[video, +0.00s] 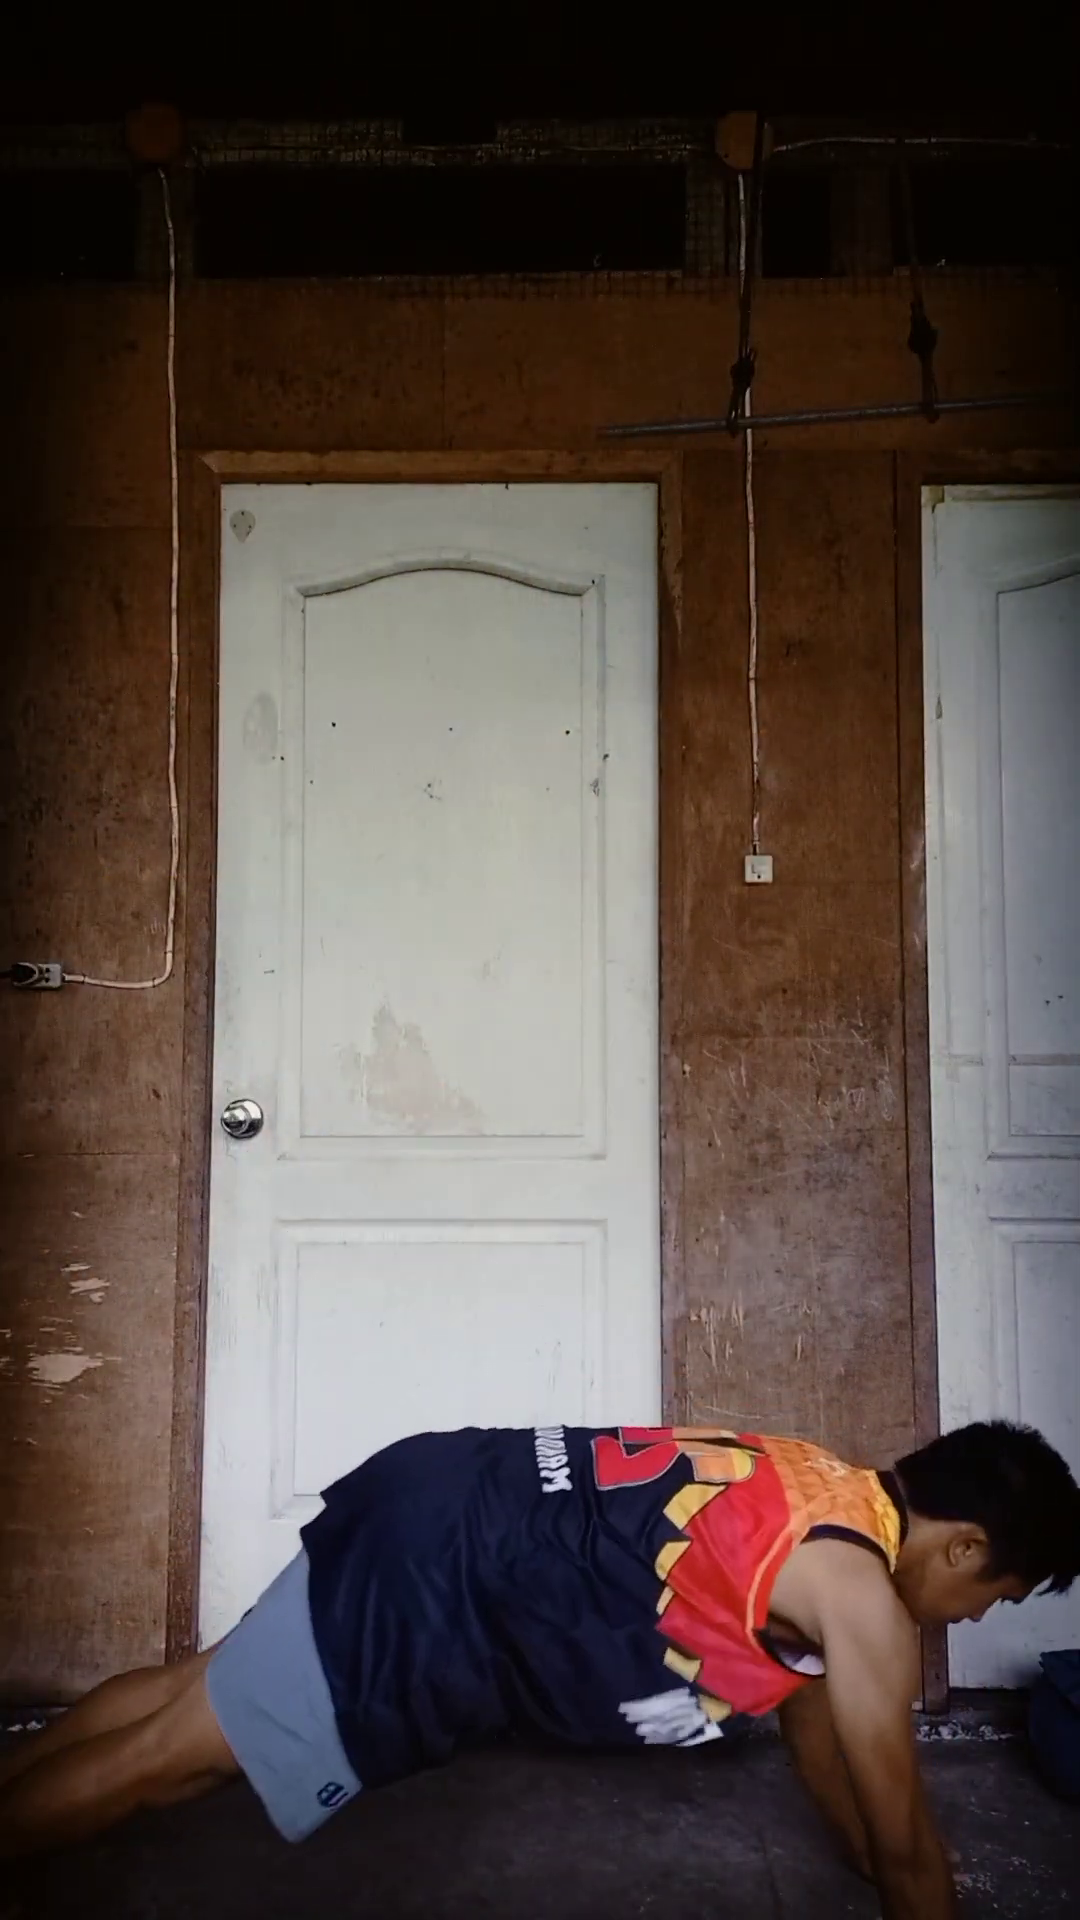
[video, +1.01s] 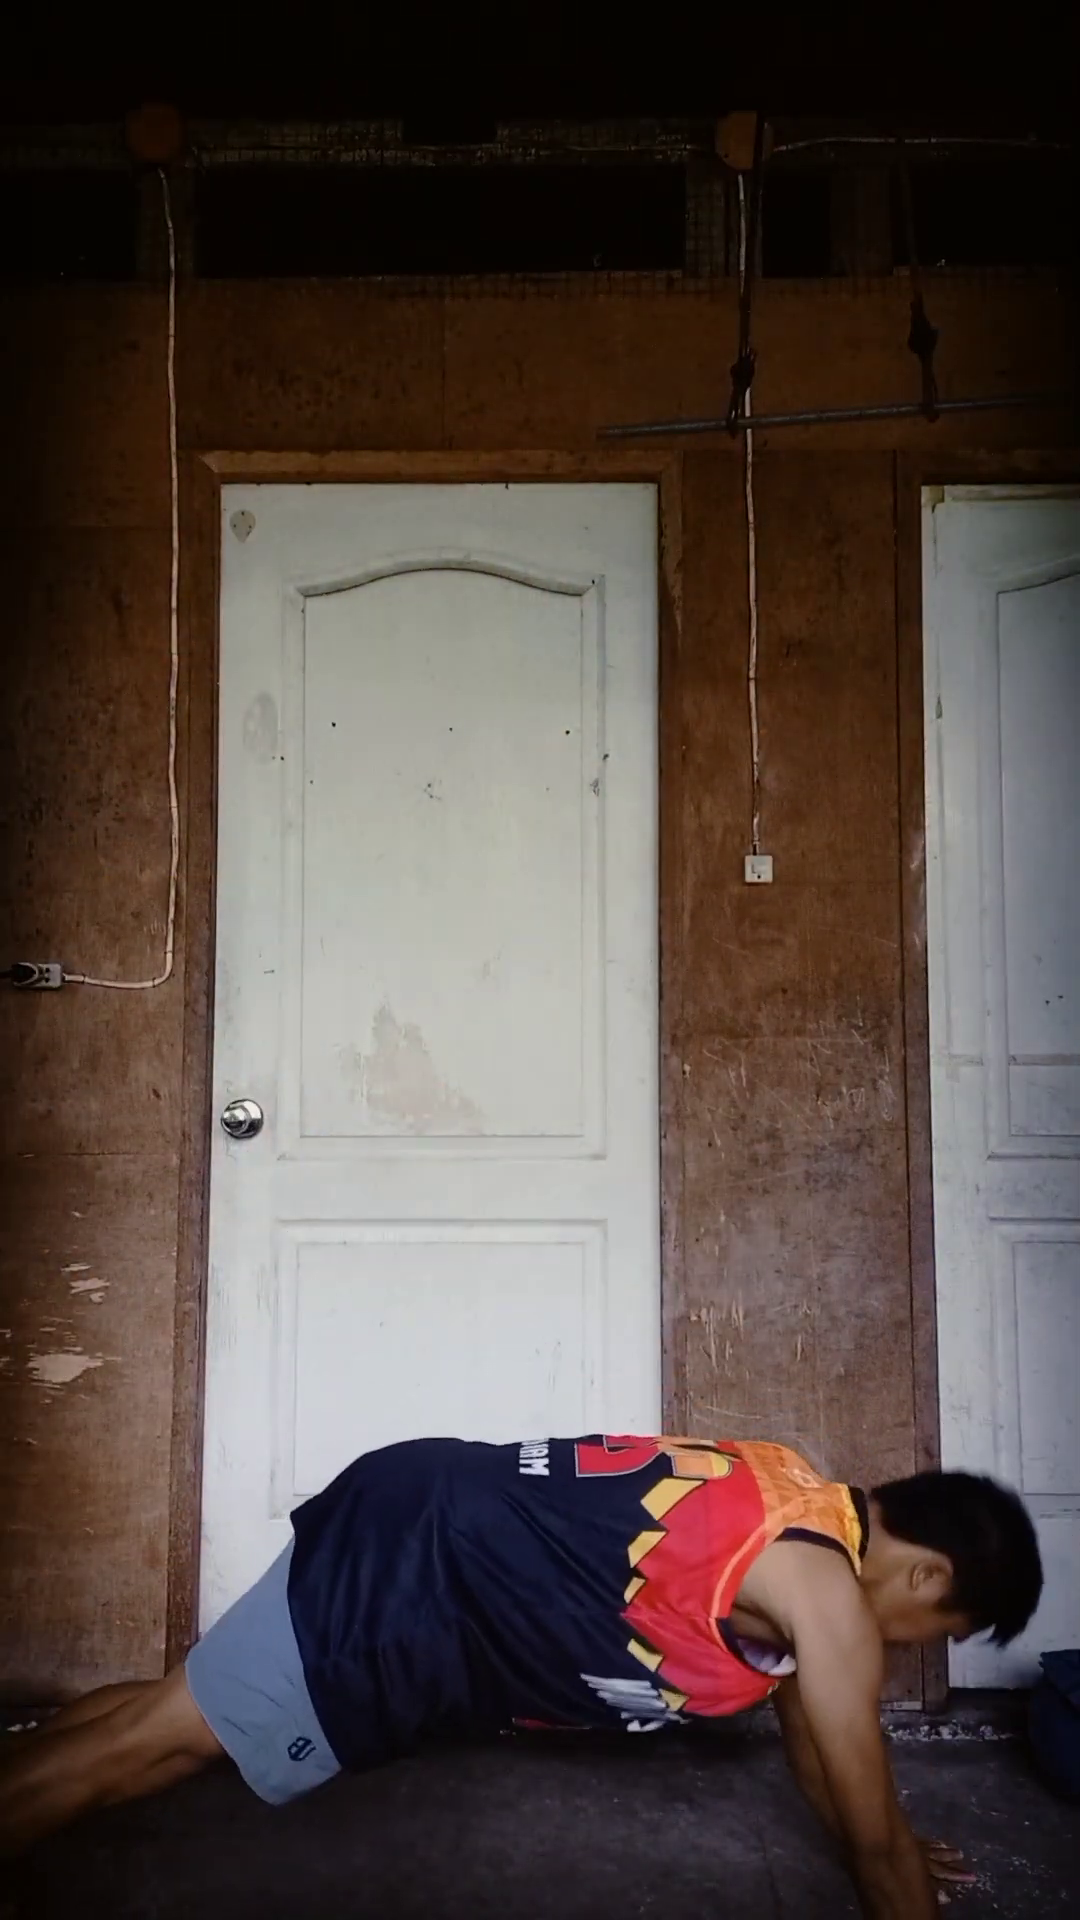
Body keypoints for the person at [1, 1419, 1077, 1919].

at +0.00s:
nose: (984, 1613)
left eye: (1005, 1596)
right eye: (1000, 1589)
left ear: (938, 1490)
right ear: (965, 1542)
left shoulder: (824, 1481)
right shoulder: (862, 1606)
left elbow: (816, 1736)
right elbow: (902, 1843)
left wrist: (888, 1870)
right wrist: (945, 1916)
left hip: (437, 1491)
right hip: (440, 1581)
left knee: (183, 1690)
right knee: (159, 1760)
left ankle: (8, 1782)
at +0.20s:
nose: (961, 1637)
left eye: (983, 1621)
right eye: (980, 1615)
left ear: (929, 1504)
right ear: (955, 1567)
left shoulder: (817, 1488)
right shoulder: (847, 1609)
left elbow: (817, 1738)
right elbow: (884, 1825)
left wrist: (896, 1856)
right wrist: (925, 1888)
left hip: (429, 1499)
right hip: (429, 1591)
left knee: (172, 1690)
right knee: (145, 1753)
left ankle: (15, 1774)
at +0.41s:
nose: (890, 1691)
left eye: (912, 1688)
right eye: (920, 1676)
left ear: (937, 1576)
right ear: (936, 1622)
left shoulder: (824, 1493)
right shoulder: (835, 1604)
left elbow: (835, 1747)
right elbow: (887, 1851)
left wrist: (901, 1852)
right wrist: (929, 1903)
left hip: (433, 1487)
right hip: (435, 1573)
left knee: (172, 1682)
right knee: (145, 1756)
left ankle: (12, 1772)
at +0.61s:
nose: (869, 1696)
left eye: (889, 1692)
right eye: (895, 1682)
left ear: (906, 1589)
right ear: (901, 1626)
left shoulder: (812, 1510)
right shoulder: (814, 1608)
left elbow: (823, 1713)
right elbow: (873, 1851)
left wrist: (889, 1839)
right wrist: (920, 1910)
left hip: (417, 1478)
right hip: (404, 1545)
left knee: (158, 1681)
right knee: (136, 1731)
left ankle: (16, 1759)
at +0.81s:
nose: (880, 1688)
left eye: (902, 1685)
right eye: (907, 1676)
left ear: (913, 1569)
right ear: (909, 1614)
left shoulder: (794, 1489)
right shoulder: (808, 1610)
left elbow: (811, 1709)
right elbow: (869, 1844)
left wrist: (882, 1833)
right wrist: (916, 1900)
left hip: (404, 1488)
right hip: (403, 1577)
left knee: (164, 1685)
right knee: (114, 1772)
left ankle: (1, 1766)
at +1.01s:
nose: (921, 1648)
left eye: (943, 1636)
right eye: (943, 1627)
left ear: (901, 1513)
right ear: (925, 1571)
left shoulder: (792, 1483)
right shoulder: (824, 1606)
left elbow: (808, 1720)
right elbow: (869, 1831)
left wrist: (882, 1836)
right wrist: (913, 1890)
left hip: (405, 1500)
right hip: (405, 1572)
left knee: (145, 1713)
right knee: (120, 1758)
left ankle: (35, 1763)